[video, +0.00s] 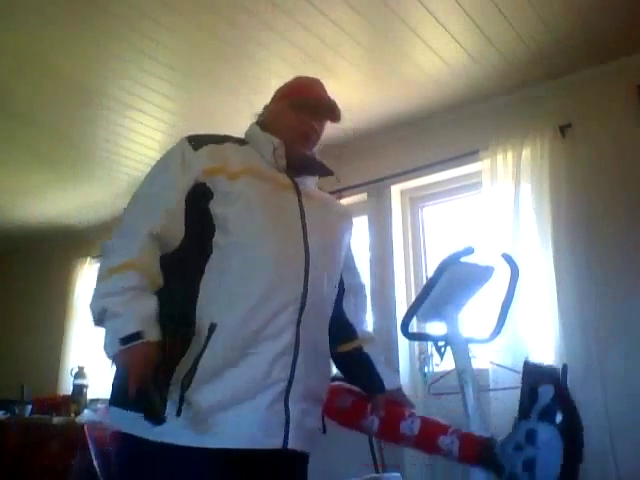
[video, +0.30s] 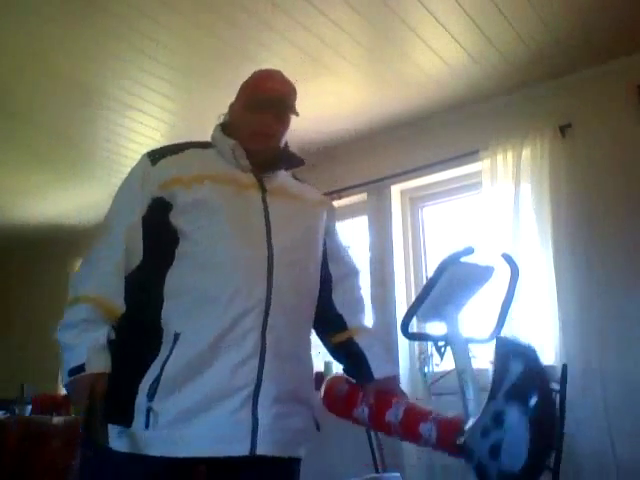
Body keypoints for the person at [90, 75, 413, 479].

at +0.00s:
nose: (316, 127)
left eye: (323, 121)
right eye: (307, 112)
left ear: (325, 131)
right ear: (273, 110)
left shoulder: (331, 215)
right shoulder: (201, 159)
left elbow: (343, 320)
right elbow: (129, 249)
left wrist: (380, 390)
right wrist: (132, 335)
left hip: (286, 436)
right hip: (183, 428)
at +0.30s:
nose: (269, 119)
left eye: (282, 110)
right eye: (257, 106)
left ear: (293, 122)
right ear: (231, 111)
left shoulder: (312, 206)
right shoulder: (164, 172)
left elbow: (337, 304)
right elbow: (104, 268)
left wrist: (373, 376)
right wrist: (86, 356)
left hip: (275, 437)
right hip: (167, 430)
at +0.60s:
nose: (210, 106)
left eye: (223, 97)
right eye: (198, 93)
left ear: (235, 111)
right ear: (174, 102)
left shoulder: (262, 194)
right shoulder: (104, 171)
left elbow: (291, 299)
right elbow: (49, 272)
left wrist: (318, 379)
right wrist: (42, 350)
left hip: (226, 437)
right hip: (110, 435)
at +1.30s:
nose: (192, 100)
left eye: (205, 96)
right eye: (180, 89)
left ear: (217, 113)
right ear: (155, 99)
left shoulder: (240, 201)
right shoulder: (94, 166)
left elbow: (253, 307)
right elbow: (57, 265)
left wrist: (266, 386)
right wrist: (87, 352)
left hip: (221, 439)